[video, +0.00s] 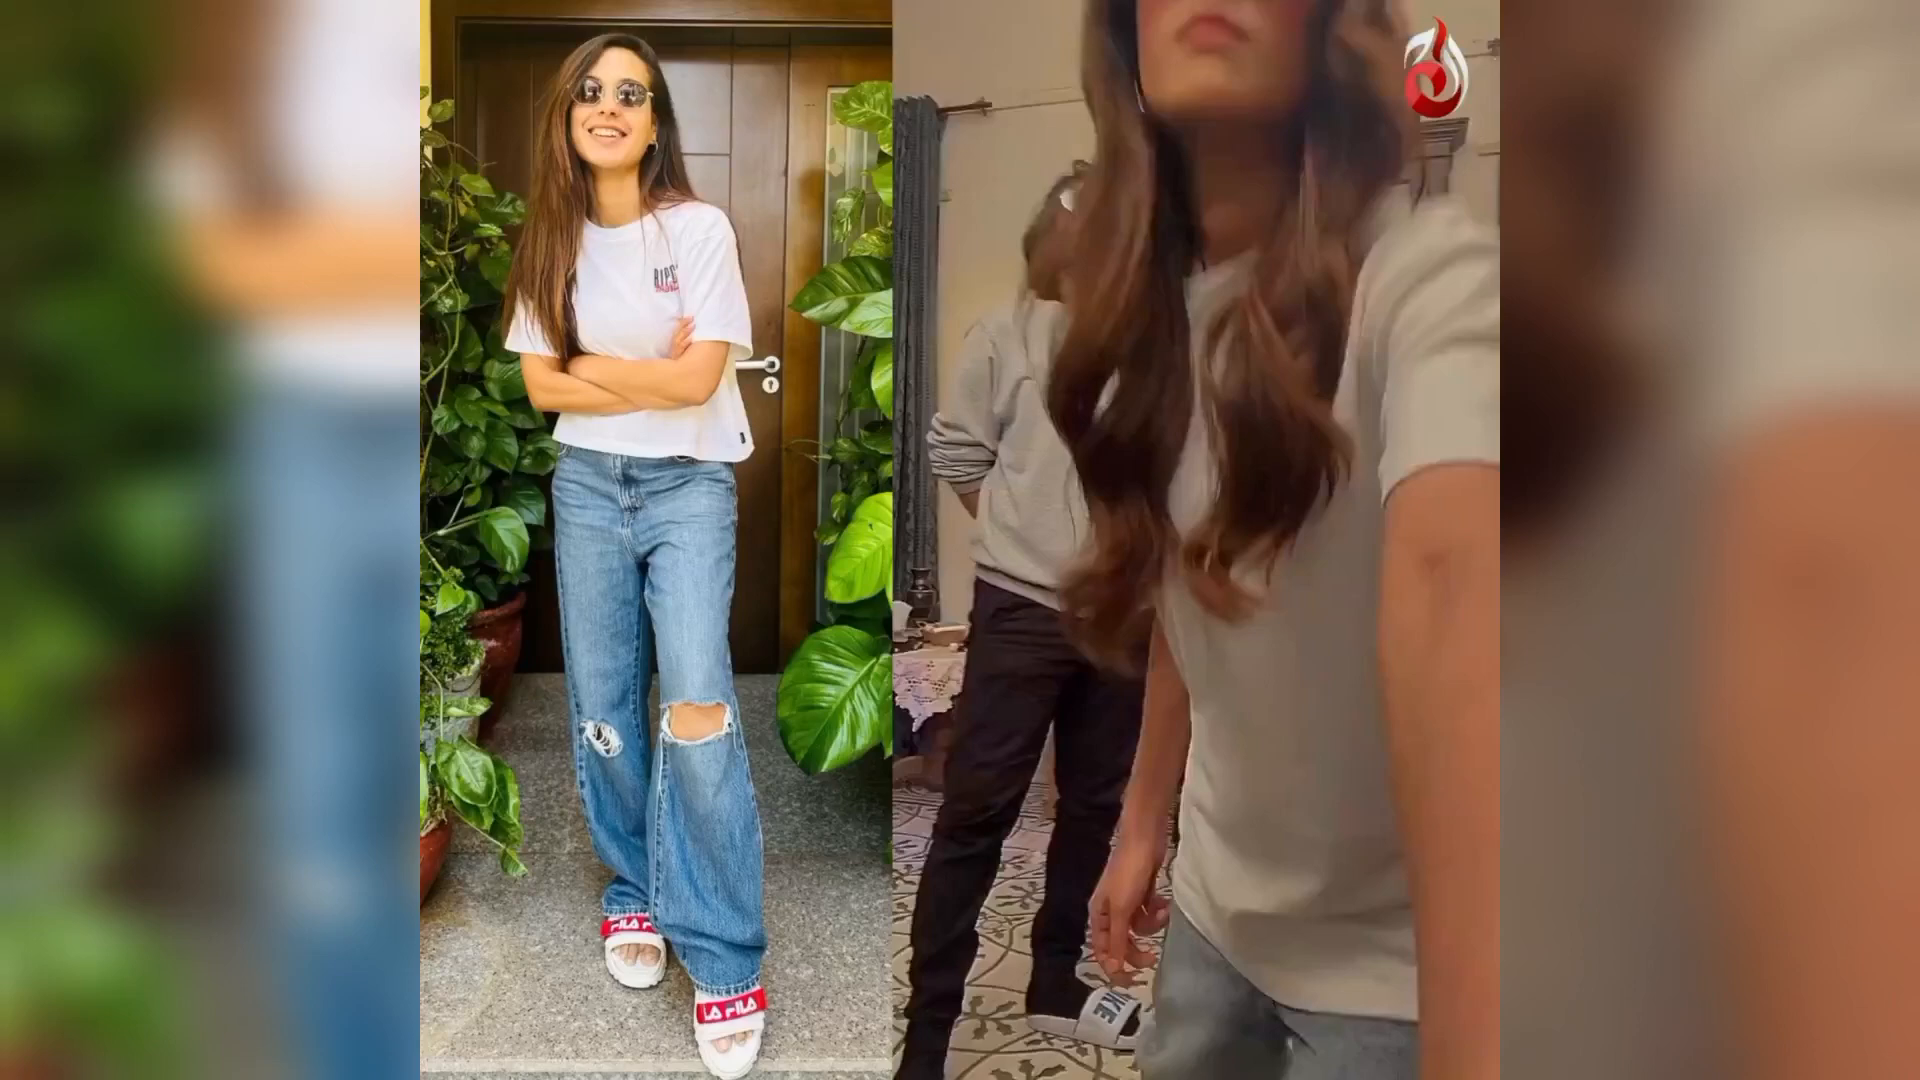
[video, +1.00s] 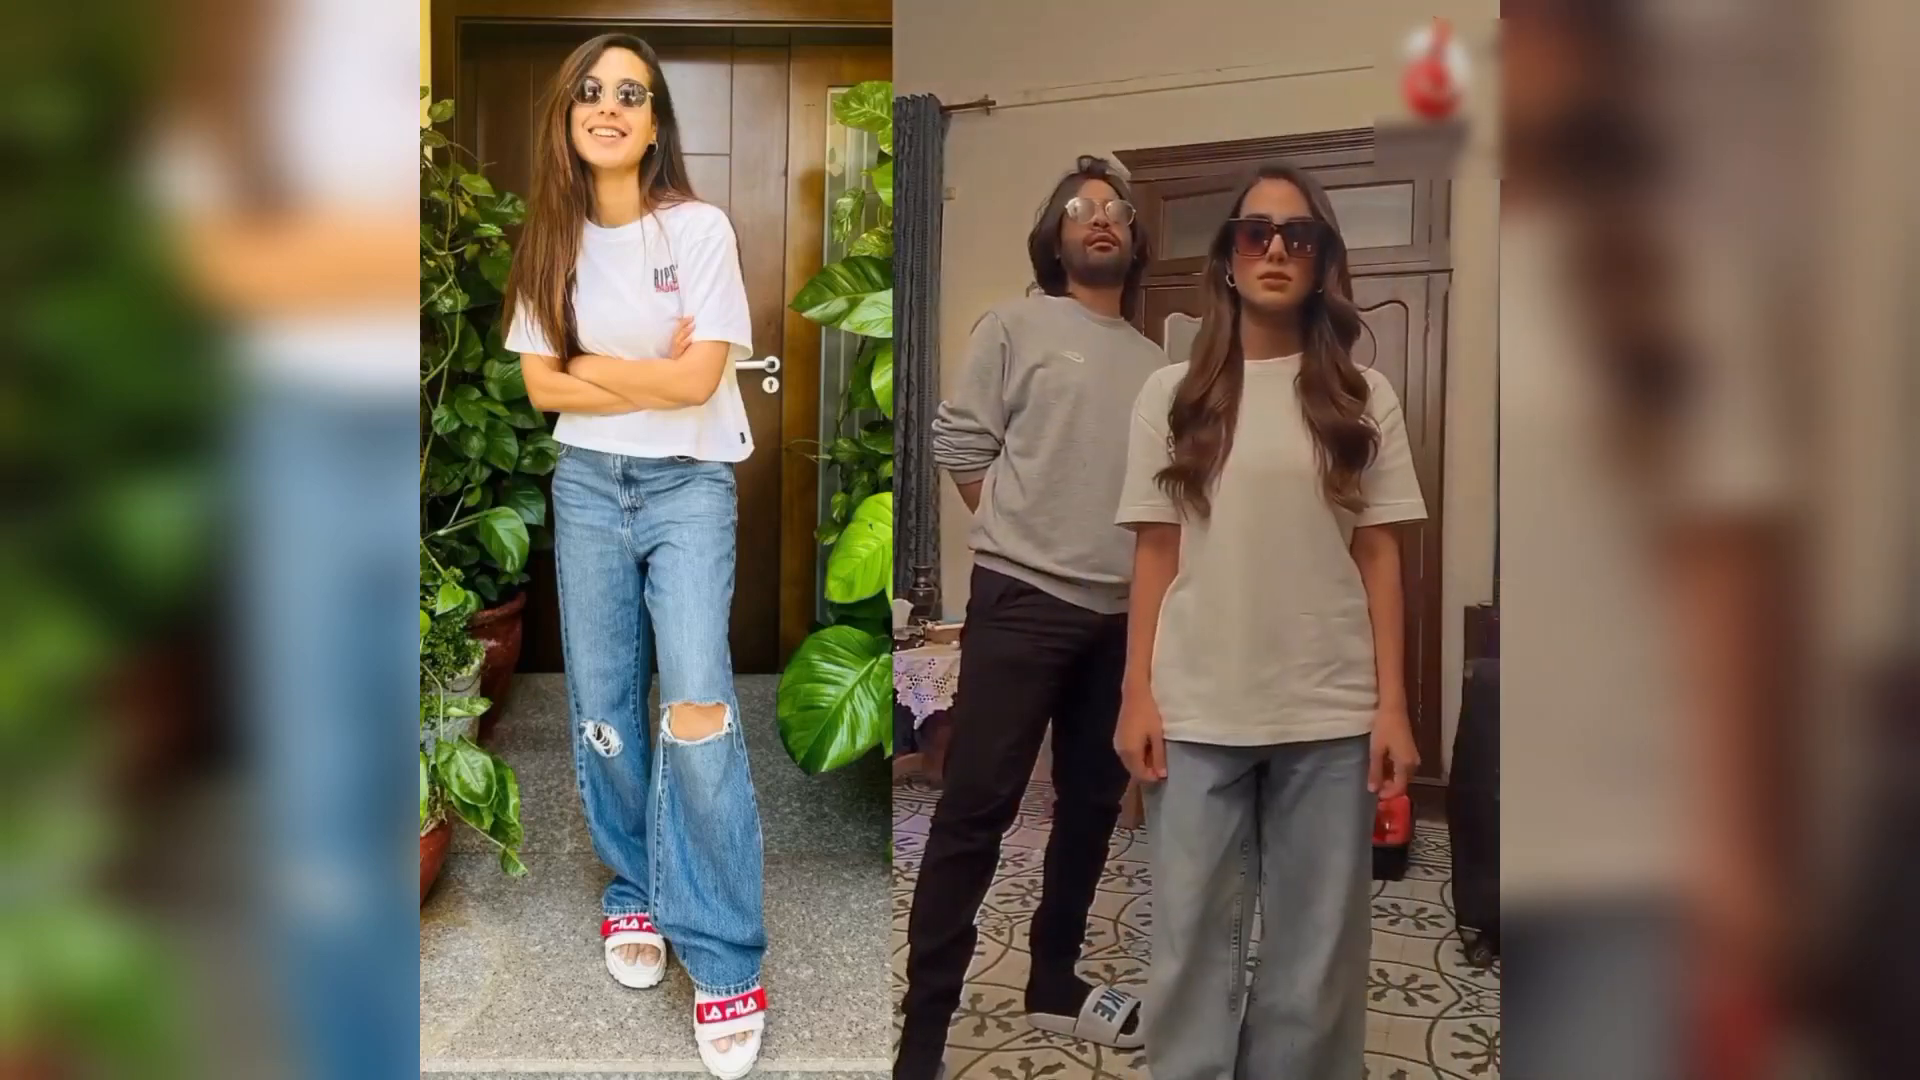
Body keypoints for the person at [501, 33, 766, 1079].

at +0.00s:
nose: (610, 111)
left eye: (630, 98)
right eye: (593, 95)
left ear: (656, 121)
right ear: (566, 116)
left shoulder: (699, 226)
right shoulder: (550, 240)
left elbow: (699, 378)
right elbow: (540, 385)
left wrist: (575, 362)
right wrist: (662, 379)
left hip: (689, 482)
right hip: (585, 484)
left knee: (694, 710)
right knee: (603, 709)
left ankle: (725, 959)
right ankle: (632, 892)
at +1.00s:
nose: (610, 111)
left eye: (630, 97)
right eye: (593, 95)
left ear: (656, 121)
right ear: (566, 117)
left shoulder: (700, 226)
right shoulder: (549, 240)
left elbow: (699, 378)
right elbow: (541, 385)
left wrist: (576, 362)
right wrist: (661, 379)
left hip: (689, 482)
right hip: (585, 484)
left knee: (695, 709)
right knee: (603, 709)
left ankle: (724, 958)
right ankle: (631, 891)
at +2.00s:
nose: (610, 111)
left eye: (630, 97)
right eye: (593, 95)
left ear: (657, 121)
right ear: (566, 117)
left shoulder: (700, 226)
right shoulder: (550, 240)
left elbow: (699, 379)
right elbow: (541, 386)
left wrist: (576, 362)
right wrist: (662, 379)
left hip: (689, 482)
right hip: (585, 484)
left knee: (695, 709)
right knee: (603, 709)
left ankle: (724, 957)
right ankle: (631, 890)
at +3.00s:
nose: (610, 111)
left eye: (630, 97)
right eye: (593, 95)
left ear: (657, 121)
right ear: (566, 118)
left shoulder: (700, 226)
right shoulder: (549, 240)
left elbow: (699, 378)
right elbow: (540, 386)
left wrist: (575, 362)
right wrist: (662, 379)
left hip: (689, 482)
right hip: (585, 484)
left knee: (695, 709)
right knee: (603, 709)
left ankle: (724, 958)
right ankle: (631, 890)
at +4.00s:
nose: (610, 111)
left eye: (630, 97)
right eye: (593, 95)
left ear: (656, 121)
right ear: (566, 117)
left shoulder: (699, 225)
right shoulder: (549, 240)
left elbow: (698, 378)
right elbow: (541, 385)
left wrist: (576, 362)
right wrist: (662, 379)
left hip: (689, 482)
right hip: (585, 484)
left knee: (694, 709)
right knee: (603, 708)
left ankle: (724, 958)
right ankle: (631, 891)